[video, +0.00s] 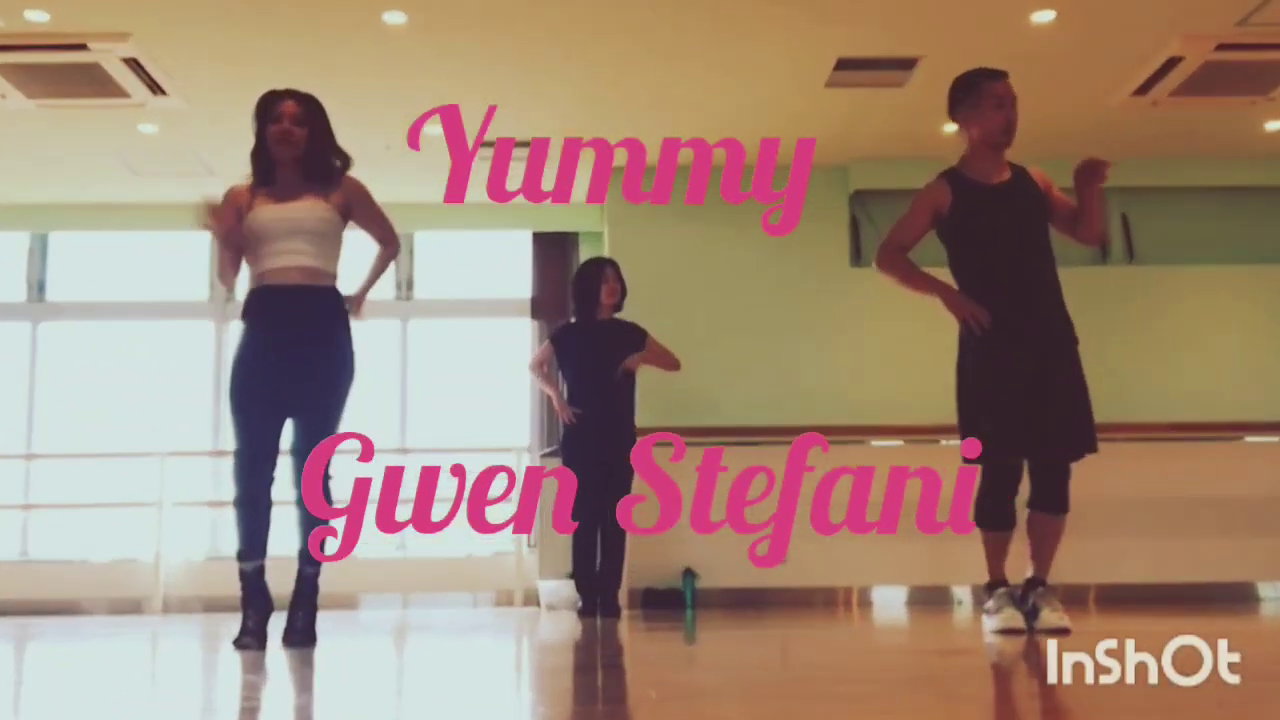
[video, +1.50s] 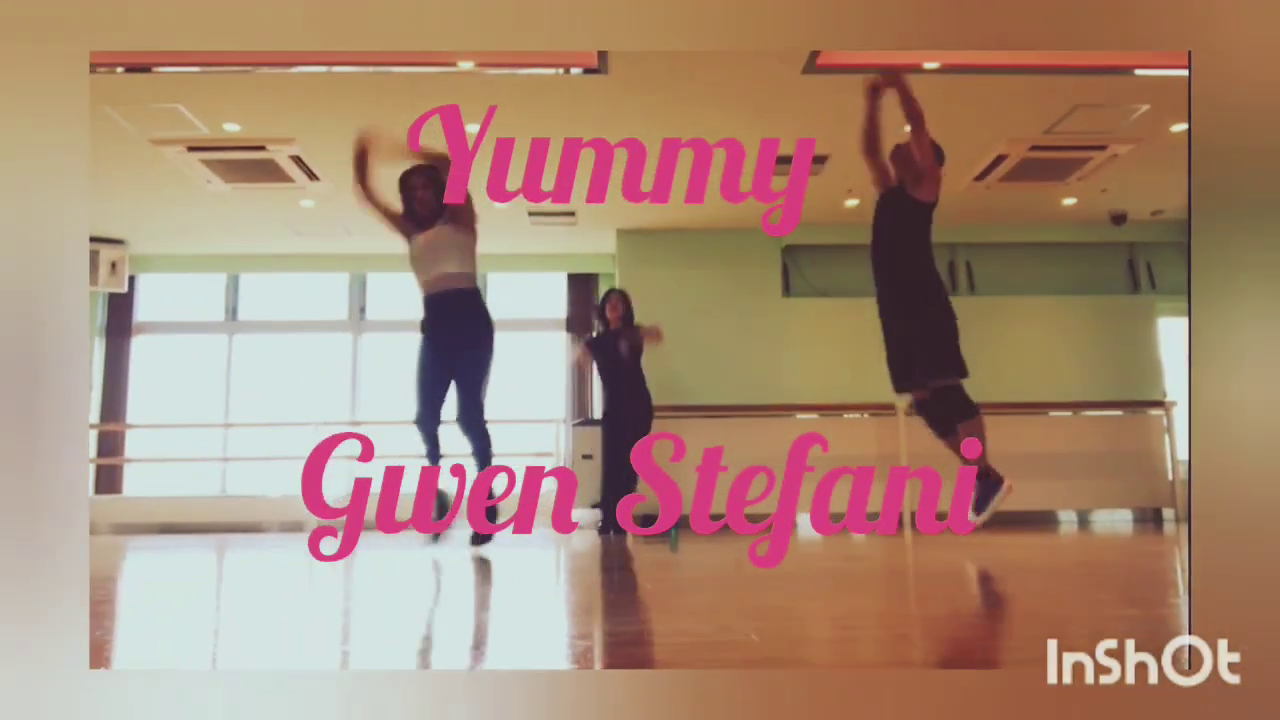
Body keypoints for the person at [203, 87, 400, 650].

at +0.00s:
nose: (287, 129)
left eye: (298, 121)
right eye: (277, 121)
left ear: (316, 133)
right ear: (261, 132)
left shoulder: (341, 189)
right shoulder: (244, 197)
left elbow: (390, 243)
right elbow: (227, 280)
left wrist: (360, 294)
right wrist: (225, 232)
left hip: (323, 326)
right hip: (264, 326)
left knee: (313, 465)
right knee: (252, 468)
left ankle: (307, 594)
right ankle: (253, 595)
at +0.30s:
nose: (233, 110)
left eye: (246, 102)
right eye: (225, 106)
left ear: (273, 119)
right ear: (216, 126)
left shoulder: (306, 191)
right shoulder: (203, 177)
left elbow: (309, 257)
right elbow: (117, 167)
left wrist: (320, 296)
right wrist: (40, 158)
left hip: (308, 343)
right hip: (245, 343)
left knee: (292, 485)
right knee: (237, 483)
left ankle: (275, 619)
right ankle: (226, 617)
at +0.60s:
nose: (242, 143)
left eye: (252, 136)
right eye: (233, 142)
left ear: (279, 150)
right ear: (226, 162)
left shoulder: (313, 219)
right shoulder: (220, 210)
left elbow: (315, 286)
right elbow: (144, 155)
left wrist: (327, 322)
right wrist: (67, 111)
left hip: (321, 362)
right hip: (261, 364)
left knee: (308, 492)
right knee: (259, 487)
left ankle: (287, 610)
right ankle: (243, 610)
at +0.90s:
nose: (311, 172)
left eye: (320, 164)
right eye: (303, 169)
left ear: (341, 173)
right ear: (296, 183)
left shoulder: (372, 230)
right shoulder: (291, 228)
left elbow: (386, 271)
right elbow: (220, 207)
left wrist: (418, 290)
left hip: (376, 354)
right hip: (327, 356)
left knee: (367, 468)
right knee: (322, 464)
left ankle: (349, 568)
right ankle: (311, 571)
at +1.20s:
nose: (387, 216)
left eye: (394, 210)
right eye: (379, 213)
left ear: (408, 220)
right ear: (371, 226)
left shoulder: (433, 265)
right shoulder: (364, 270)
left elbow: (454, 308)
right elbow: (356, 316)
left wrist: (466, 326)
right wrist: (350, 325)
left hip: (427, 362)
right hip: (386, 364)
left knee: (425, 447)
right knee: (378, 451)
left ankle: (455, 525)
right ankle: (355, 537)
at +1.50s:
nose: (419, 194)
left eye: (425, 187)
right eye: (411, 190)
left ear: (440, 189)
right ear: (405, 196)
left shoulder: (461, 218)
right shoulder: (410, 228)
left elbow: (460, 175)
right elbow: (366, 195)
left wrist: (433, 155)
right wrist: (362, 154)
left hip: (471, 320)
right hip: (437, 323)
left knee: (471, 416)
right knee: (426, 417)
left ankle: (486, 496)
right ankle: (435, 493)